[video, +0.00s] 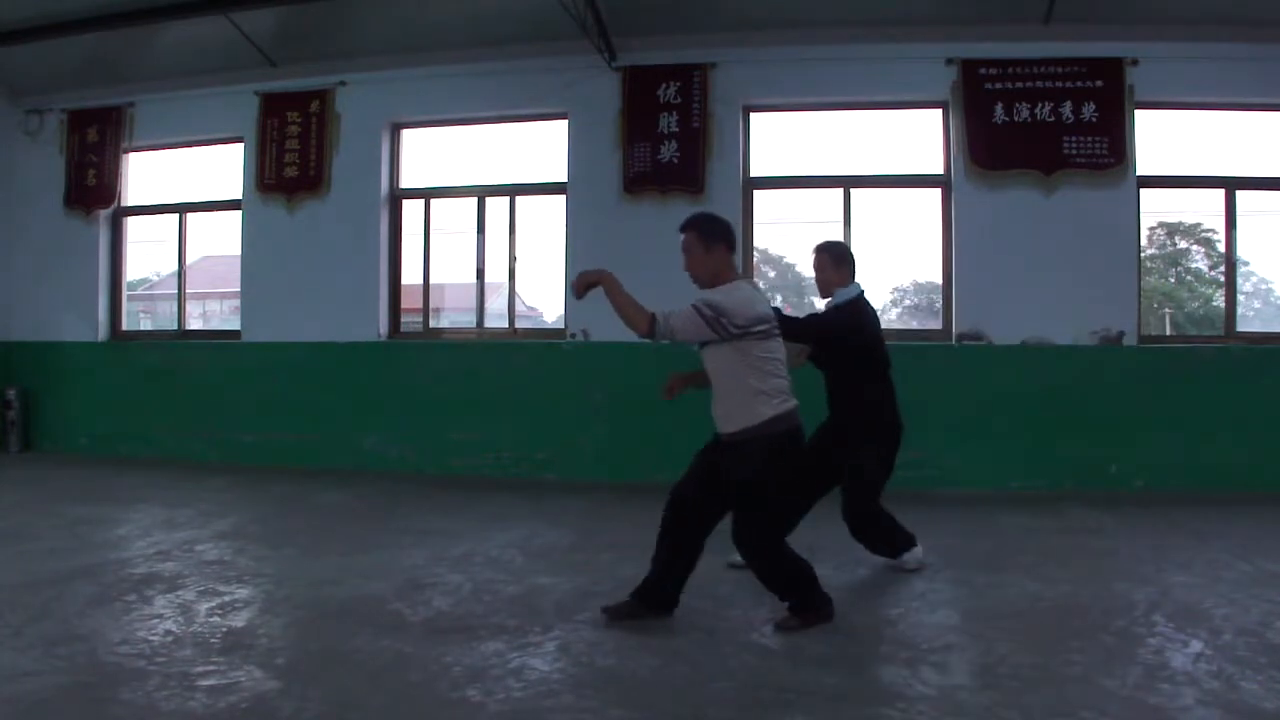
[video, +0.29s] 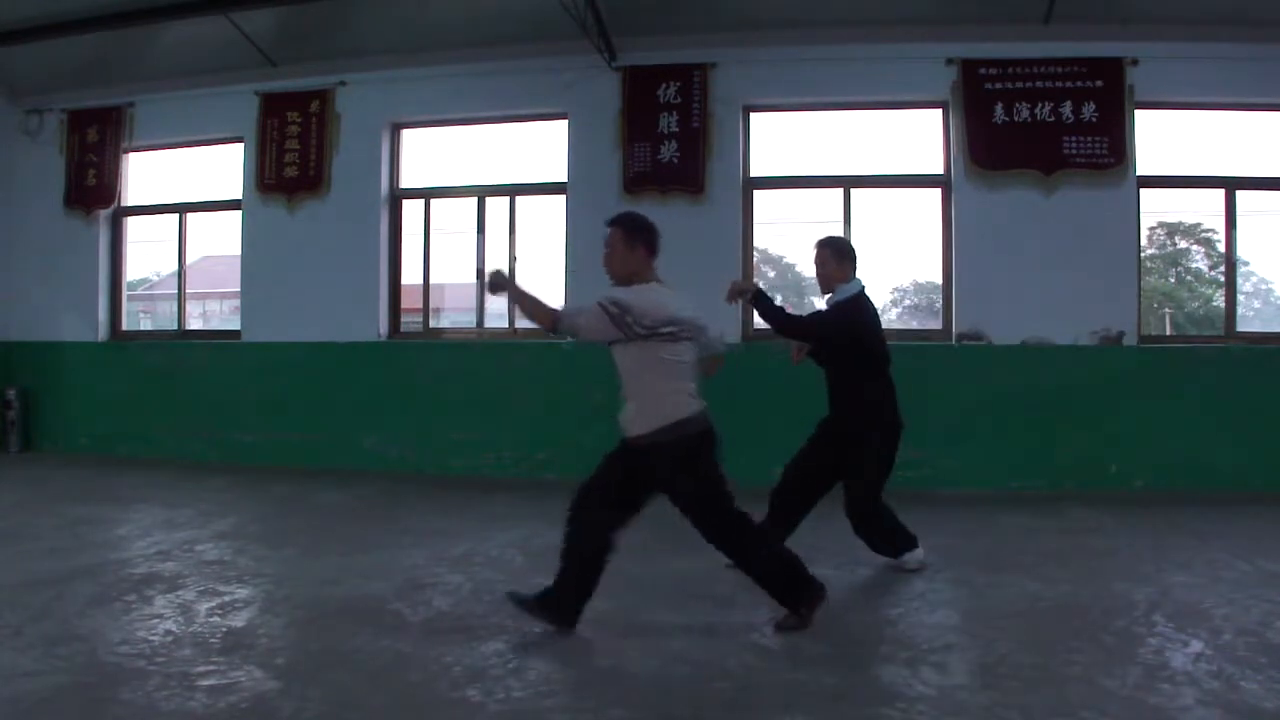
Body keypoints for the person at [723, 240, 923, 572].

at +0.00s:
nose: (815, 278)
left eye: (819, 270)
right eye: (815, 271)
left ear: (839, 270)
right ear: (843, 271)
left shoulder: (848, 315)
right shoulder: (848, 310)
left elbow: (799, 330)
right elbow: (838, 363)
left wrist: (759, 310)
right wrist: (810, 353)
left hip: (871, 429)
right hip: (846, 424)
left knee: (858, 511)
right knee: (794, 487)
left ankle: (906, 549)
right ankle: (760, 549)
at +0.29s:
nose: (816, 273)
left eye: (821, 265)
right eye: (816, 265)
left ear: (842, 266)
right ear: (843, 267)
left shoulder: (850, 312)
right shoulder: (852, 307)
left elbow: (794, 328)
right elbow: (845, 356)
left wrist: (755, 294)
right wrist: (811, 350)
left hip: (868, 424)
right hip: (849, 418)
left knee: (860, 502)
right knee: (798, 484)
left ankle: (907, 549)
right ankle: (759, 551)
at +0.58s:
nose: (818, 267)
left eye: (822, 260)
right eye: (818, 260)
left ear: (842, 261)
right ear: (845, 262)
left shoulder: (850, 306)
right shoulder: (852, 301)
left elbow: (793, 323)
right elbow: (844, 351)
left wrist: (754, 291)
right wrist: (811, 345)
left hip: (868, 419)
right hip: (846, 414)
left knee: (861, 495)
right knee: (800, 481)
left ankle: (908, 548)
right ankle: (765, 546)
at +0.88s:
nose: (821, 261)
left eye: (826, 254)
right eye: (821, 254)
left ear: (848, 256)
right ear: (847, 257)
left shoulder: (851, 302)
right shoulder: (854, 298)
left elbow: (800, 321)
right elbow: (844, 351)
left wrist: (757, 289)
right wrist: (811, 342)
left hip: (860, 415)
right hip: (848, 410)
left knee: (863, 489)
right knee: (797, 478)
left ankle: (909, 548)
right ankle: (764, 546)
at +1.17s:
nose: (798, 269)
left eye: (803, 261)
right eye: (799, 261)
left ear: (819, 263)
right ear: (828, 264)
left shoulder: (830, 308)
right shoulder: (835, 305)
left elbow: (776, 328)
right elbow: (829, 357)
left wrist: (743, 296)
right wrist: (793, 351)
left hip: (839, 417)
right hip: (837, 413)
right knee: (772, 470)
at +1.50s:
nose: (686, 263)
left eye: (690, 255)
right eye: (687, 255)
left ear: (706, 258)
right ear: (714, 259)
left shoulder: (713, 301)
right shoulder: (731, 300)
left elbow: (673, 344)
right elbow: (700, 347)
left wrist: (643, 319)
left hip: (724, 415)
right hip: (746, 414)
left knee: (675, 473)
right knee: (749, 495)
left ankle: (685, 548)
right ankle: (817, 519)